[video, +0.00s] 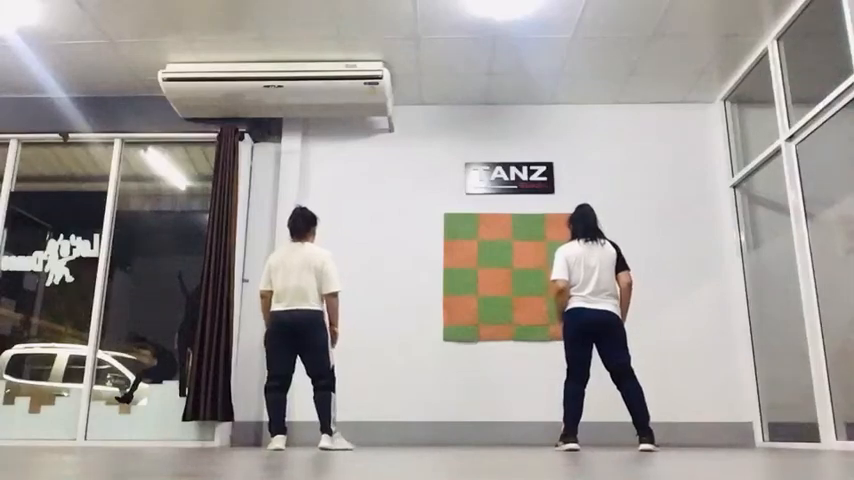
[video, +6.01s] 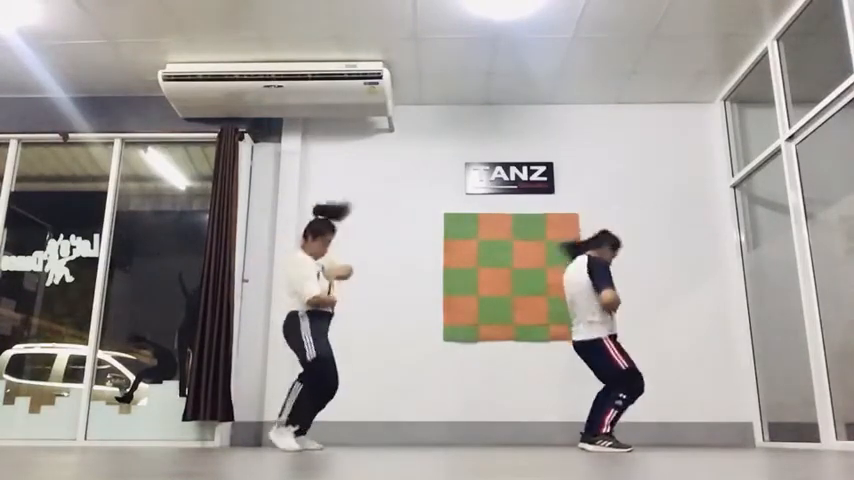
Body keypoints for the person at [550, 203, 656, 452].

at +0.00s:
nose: (568, 228)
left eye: (569, 224)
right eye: (569, 224)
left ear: (573, 225)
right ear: (595, 223)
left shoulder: (565, 250)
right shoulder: (612, 248)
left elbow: (562, 287)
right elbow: (626, 281)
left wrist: (561, 316)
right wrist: (621, 316)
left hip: (577, 318)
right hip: (609, 318)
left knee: (576, 376)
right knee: (624, 375)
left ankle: (569, 435)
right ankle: (645, 434)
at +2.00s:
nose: (569, 222)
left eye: (571, 219)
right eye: (571, 218)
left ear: (575, 221)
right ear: (597, 220)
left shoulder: (567, 246)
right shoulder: (611, 245)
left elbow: (553, 283)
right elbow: (632, 277)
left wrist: (524, 290)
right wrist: (645, 288)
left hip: (582, 316)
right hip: (613, 316)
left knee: (588, 375)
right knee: (614, 374)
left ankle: (591, 437)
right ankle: (617, 431)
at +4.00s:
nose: (612, 222)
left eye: (609, 217)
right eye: (608, 218)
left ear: (597, 223)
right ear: (597, 223)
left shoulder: (603, 251)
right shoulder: (593, 244)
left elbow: (606, 292)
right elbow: (586, 257)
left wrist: (628, 288)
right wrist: (586, 257)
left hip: (601, 315)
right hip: (595, 315)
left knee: (604, 375)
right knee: (604, 374)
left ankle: (596, 433)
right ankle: (598, 433)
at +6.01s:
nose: (612, 259)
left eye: (614, 255)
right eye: (612, 253)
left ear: (591, 248)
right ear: (602, 248)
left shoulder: (573, 267)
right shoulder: (595, 263)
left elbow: (577, 303)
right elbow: (608, 298)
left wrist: (602, 304)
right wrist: (613, 305)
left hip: (582, 338)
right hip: (598, 337)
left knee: (615, 383)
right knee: (633, 383)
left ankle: (592, 433)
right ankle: (601, 434)